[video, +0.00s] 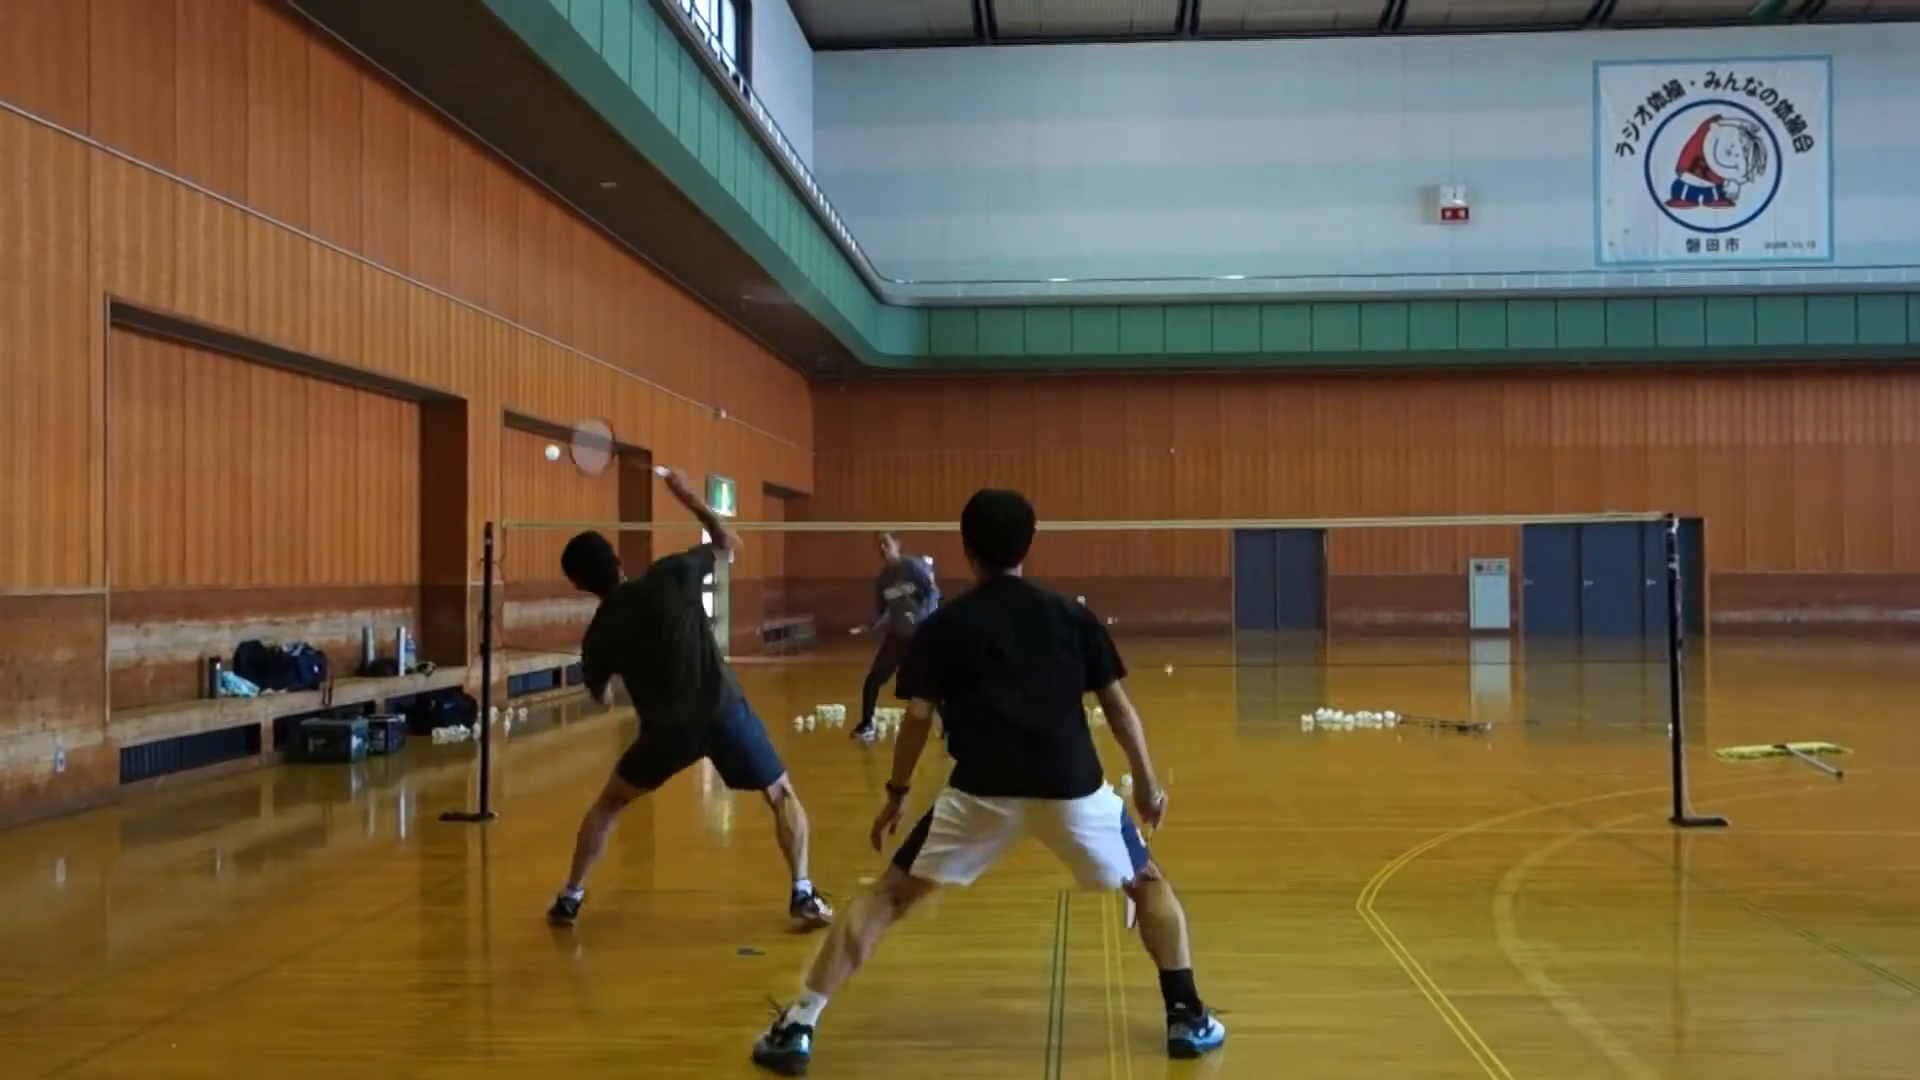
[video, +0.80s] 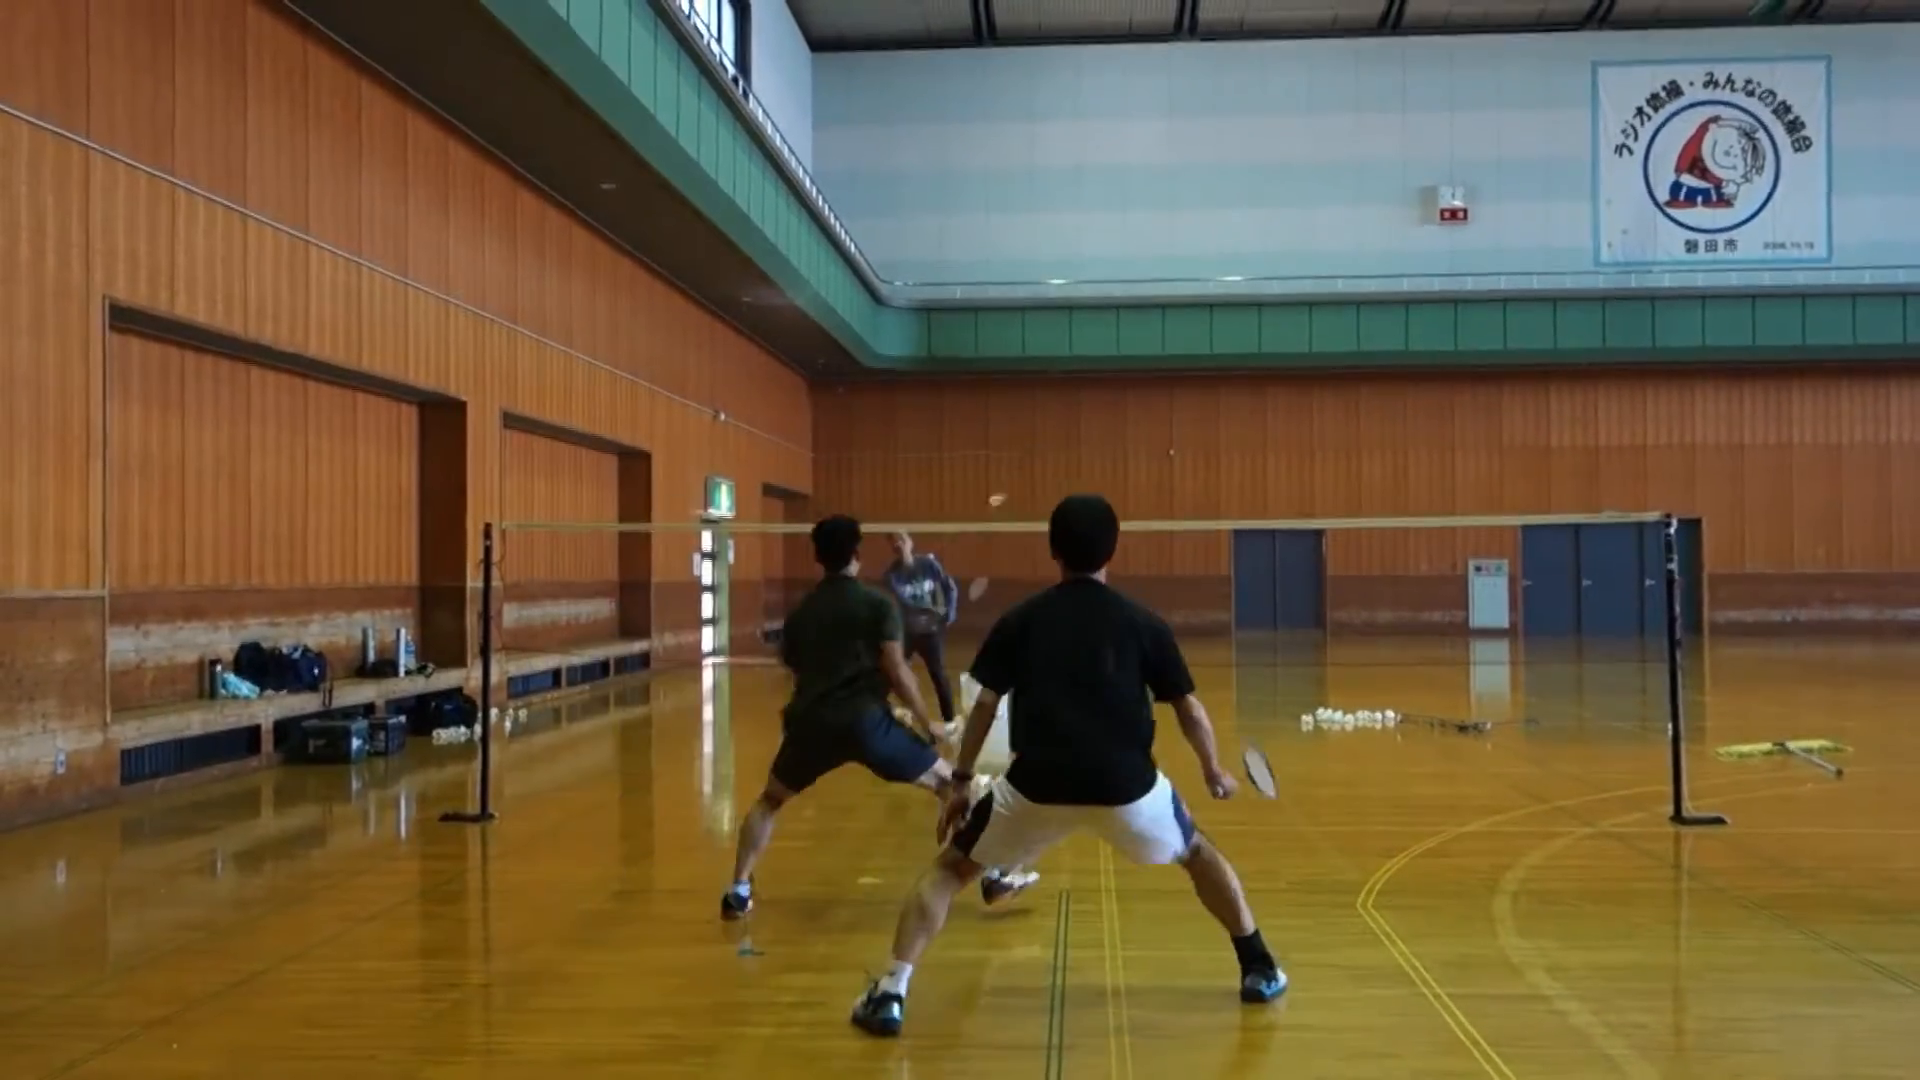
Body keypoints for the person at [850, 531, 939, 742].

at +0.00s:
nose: (884, 549)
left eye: (887, 543)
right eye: (881, 545)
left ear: (897, 544)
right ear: (878, 549)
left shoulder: (915, 567)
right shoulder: (882, 580)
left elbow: (933, 594)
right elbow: (883, 612)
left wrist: (920, 617)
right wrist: (870, 627)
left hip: (922, 636)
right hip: (897, 637)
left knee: (934, 683)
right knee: (872, 681)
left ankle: (947, 724)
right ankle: (866, 724)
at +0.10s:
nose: (881, 547)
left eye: (884, 542)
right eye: (878, 544)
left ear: (896, 543)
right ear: (876, 547)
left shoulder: (911, 564)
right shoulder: (885, 574)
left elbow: (922, 594)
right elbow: (887, 607)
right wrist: (865, 617)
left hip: (919, 633)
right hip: (897, 633)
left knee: (917, 679)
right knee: (876, 678)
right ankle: (868, 722)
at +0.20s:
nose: (881, 547)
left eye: (885, 543)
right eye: (878, 543)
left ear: (896, 543)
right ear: (876, 546)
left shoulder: (908, 564)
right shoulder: (885, 570)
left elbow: (908, 592)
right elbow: (887, 601)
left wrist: (880, 578)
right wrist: (861, 610)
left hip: (916, 631)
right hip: (898, 631)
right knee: (879, 677)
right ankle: (867, 722)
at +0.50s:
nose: (890, 548)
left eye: (893, 543)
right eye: (887, 544)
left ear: (905, 543)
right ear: (886, 547)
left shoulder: (923, 565)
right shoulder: (888, 579)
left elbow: (920, 596)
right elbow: (883, 609)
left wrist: (893, 608)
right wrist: (849, 621)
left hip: (931, 629)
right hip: (907, 631)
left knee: (937, 674)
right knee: (886, 675)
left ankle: (948, 722)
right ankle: (868, 721)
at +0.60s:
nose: (895, 547)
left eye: (898, 541)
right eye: (891, 543)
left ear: (908, 542)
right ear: (889, 546)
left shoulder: (926, 565)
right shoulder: (890, 573)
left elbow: (936, 595)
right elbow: (881, 599)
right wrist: (874, 622)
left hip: (927, 630)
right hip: (902, 632)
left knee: (940, 676)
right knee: (885, 677)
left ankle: (953, 725)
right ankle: (867, 723)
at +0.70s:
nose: (896, 544)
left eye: (899, 539)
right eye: (892, 540)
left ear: (909, 541)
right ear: (890, 545)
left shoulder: (927, 563)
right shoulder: (890, 574)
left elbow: (946, 591)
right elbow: (894, 602)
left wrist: (941, 617)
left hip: (930, 629)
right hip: (905, 630)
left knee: (940, 676)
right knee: (885, 674)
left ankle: (950, 721)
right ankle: (867, 717)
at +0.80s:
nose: (898, 545)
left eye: (901, 540)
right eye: (894, 542)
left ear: (910, 542)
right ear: (891, 546)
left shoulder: (928, 563)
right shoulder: (892, 574)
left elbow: (949, 587)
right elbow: (901, 599)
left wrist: (950, 614)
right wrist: (927, 608)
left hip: (930, 627)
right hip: (906, 629)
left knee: (937, 674)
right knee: (894, 672)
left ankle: (949, 719)